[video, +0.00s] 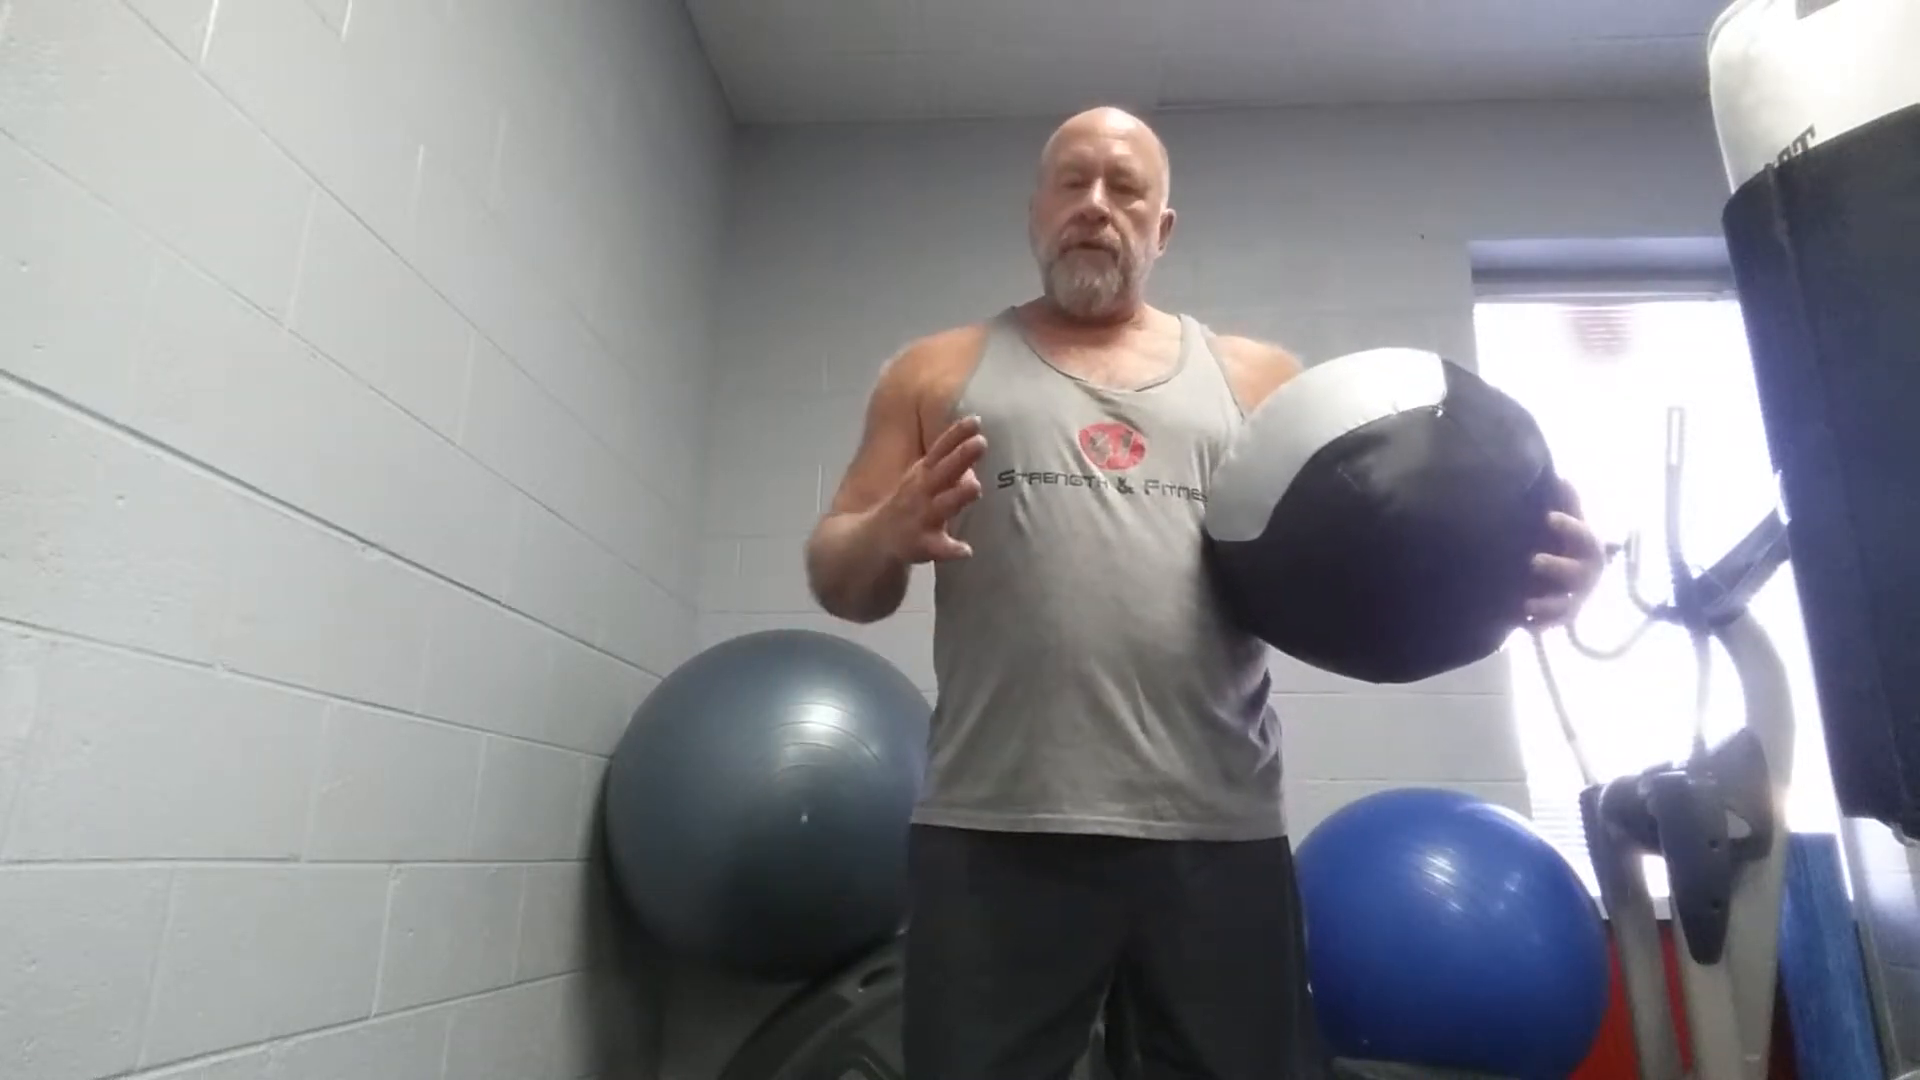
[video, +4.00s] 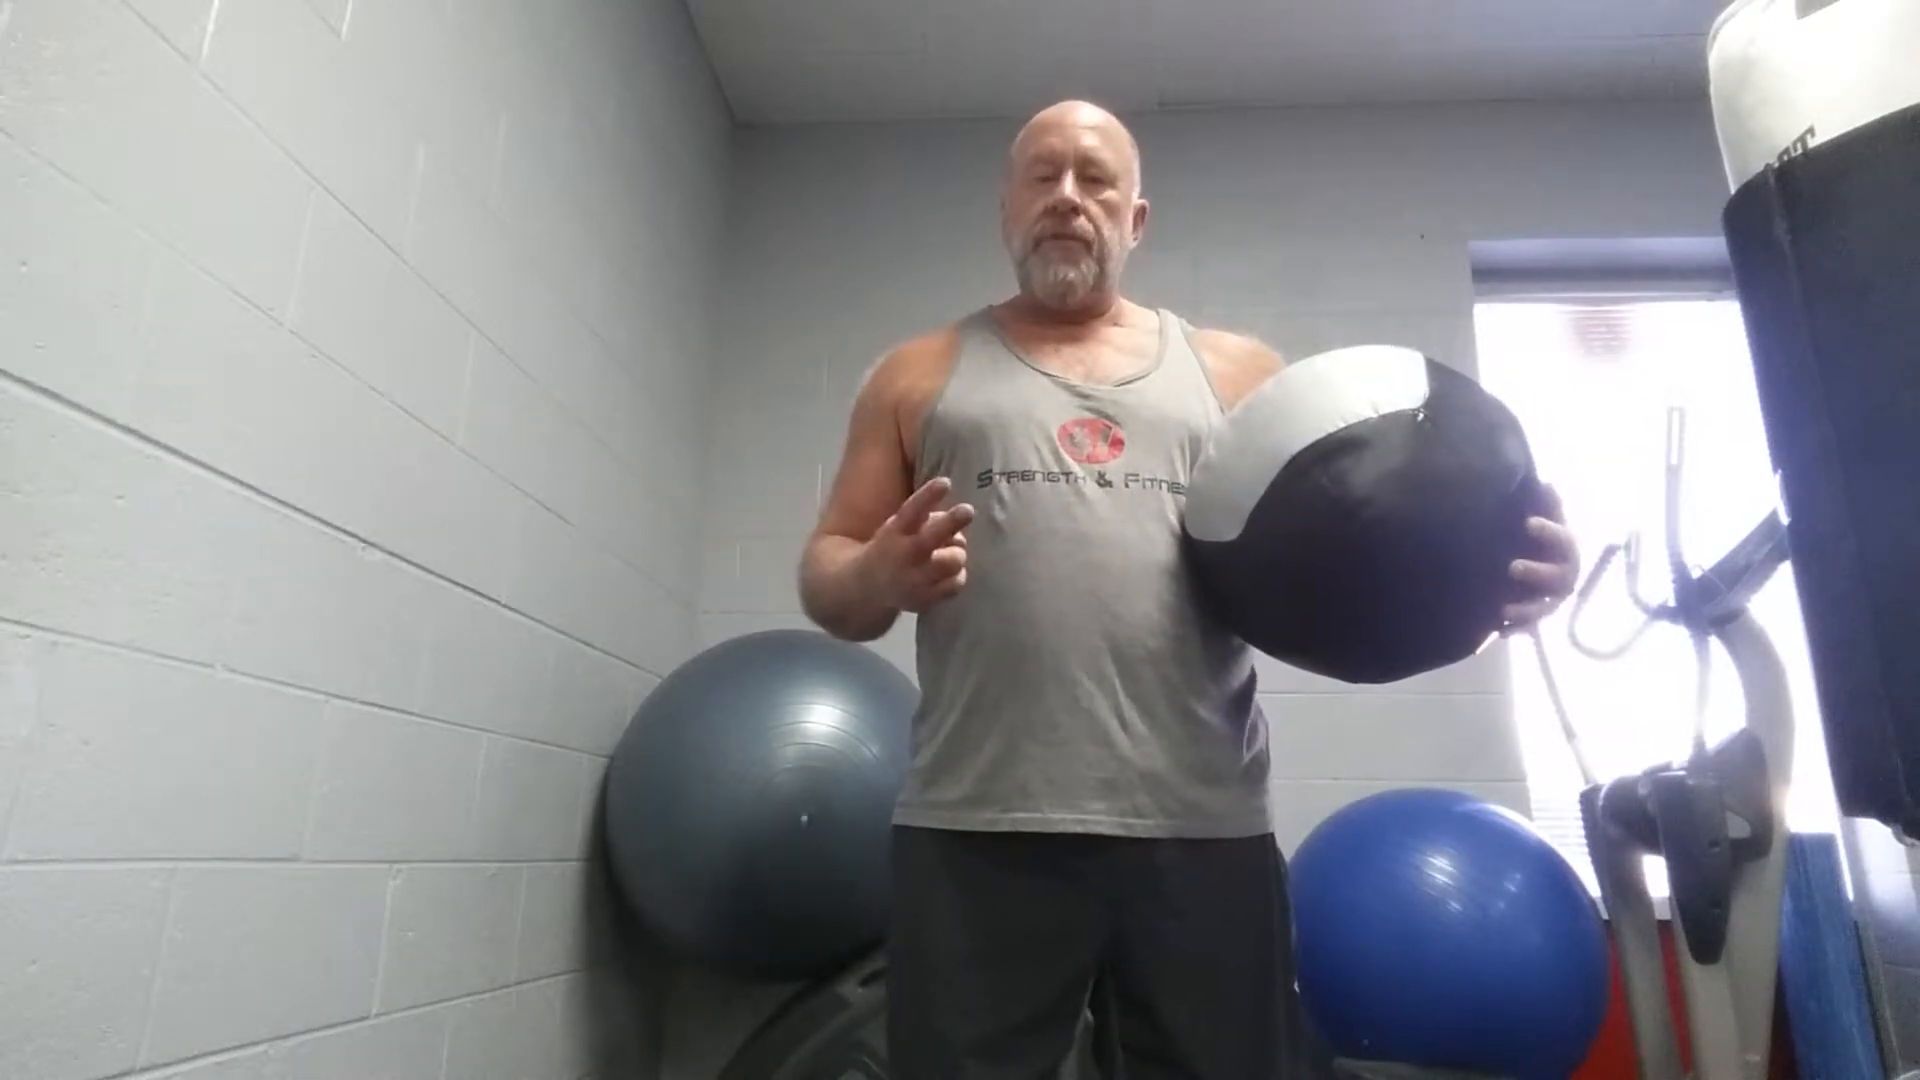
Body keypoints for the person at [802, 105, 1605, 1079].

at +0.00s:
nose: (1096, 203)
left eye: (1126, 186)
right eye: (1072, 180)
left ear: (1163, 224)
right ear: (1033, 210)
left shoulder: (1253, 374)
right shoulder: (936, 373)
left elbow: (1391, 533)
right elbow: (843, 587)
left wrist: (1538, 566)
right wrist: (880, 536)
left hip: (1217, 838)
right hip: (992, 838)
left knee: (1246, 1076)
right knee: (971, 1075)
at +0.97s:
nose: (1067, 203)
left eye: (1094, 180)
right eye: (1041, 184)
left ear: (1143, 209)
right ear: (1008, 217)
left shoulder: (1252, 366)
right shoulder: (930, 380)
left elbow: (1393, 527)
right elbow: (833, 577)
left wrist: (1545, 559)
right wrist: (883, 584)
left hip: (1220, 845)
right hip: (993, 844)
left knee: (1246, 1077)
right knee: (973, 1076)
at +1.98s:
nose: (1033, 190)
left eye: (1063, 172)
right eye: (1011, 173)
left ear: (1116, 213)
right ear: (982, 215)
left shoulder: (1227, 363)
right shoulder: (909, 390)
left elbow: (1376, 516)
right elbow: (826, 618)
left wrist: (1523, 545)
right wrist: (840, 549)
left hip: (1207, 841)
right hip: (979, 842)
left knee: (1239, 1074)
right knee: (961, 1074)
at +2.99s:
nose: (1061, 206)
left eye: (1090, 186)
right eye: (1039, 184)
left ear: (1140, 216)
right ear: (1002, 213)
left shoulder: (1237, 372)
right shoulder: (924, 387)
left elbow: (1375, 524)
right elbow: (797, 549)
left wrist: (1523, 557)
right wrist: (600, 508)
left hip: (1204, 841)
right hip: (981, 845)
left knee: (1239, 1072)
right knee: (963, 1071)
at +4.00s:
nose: (1065, 196)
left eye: (1094, 178)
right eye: (1041, 175)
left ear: (1137, 217)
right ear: (1002, 209)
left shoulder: (1235, 371)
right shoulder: (916, 377)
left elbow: (1373, 531)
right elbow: (828, 592)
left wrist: (1520, 568)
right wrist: (878, 575)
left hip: (1205, 838)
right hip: (977, 836)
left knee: (1231, 1074)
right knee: (961, 1072)